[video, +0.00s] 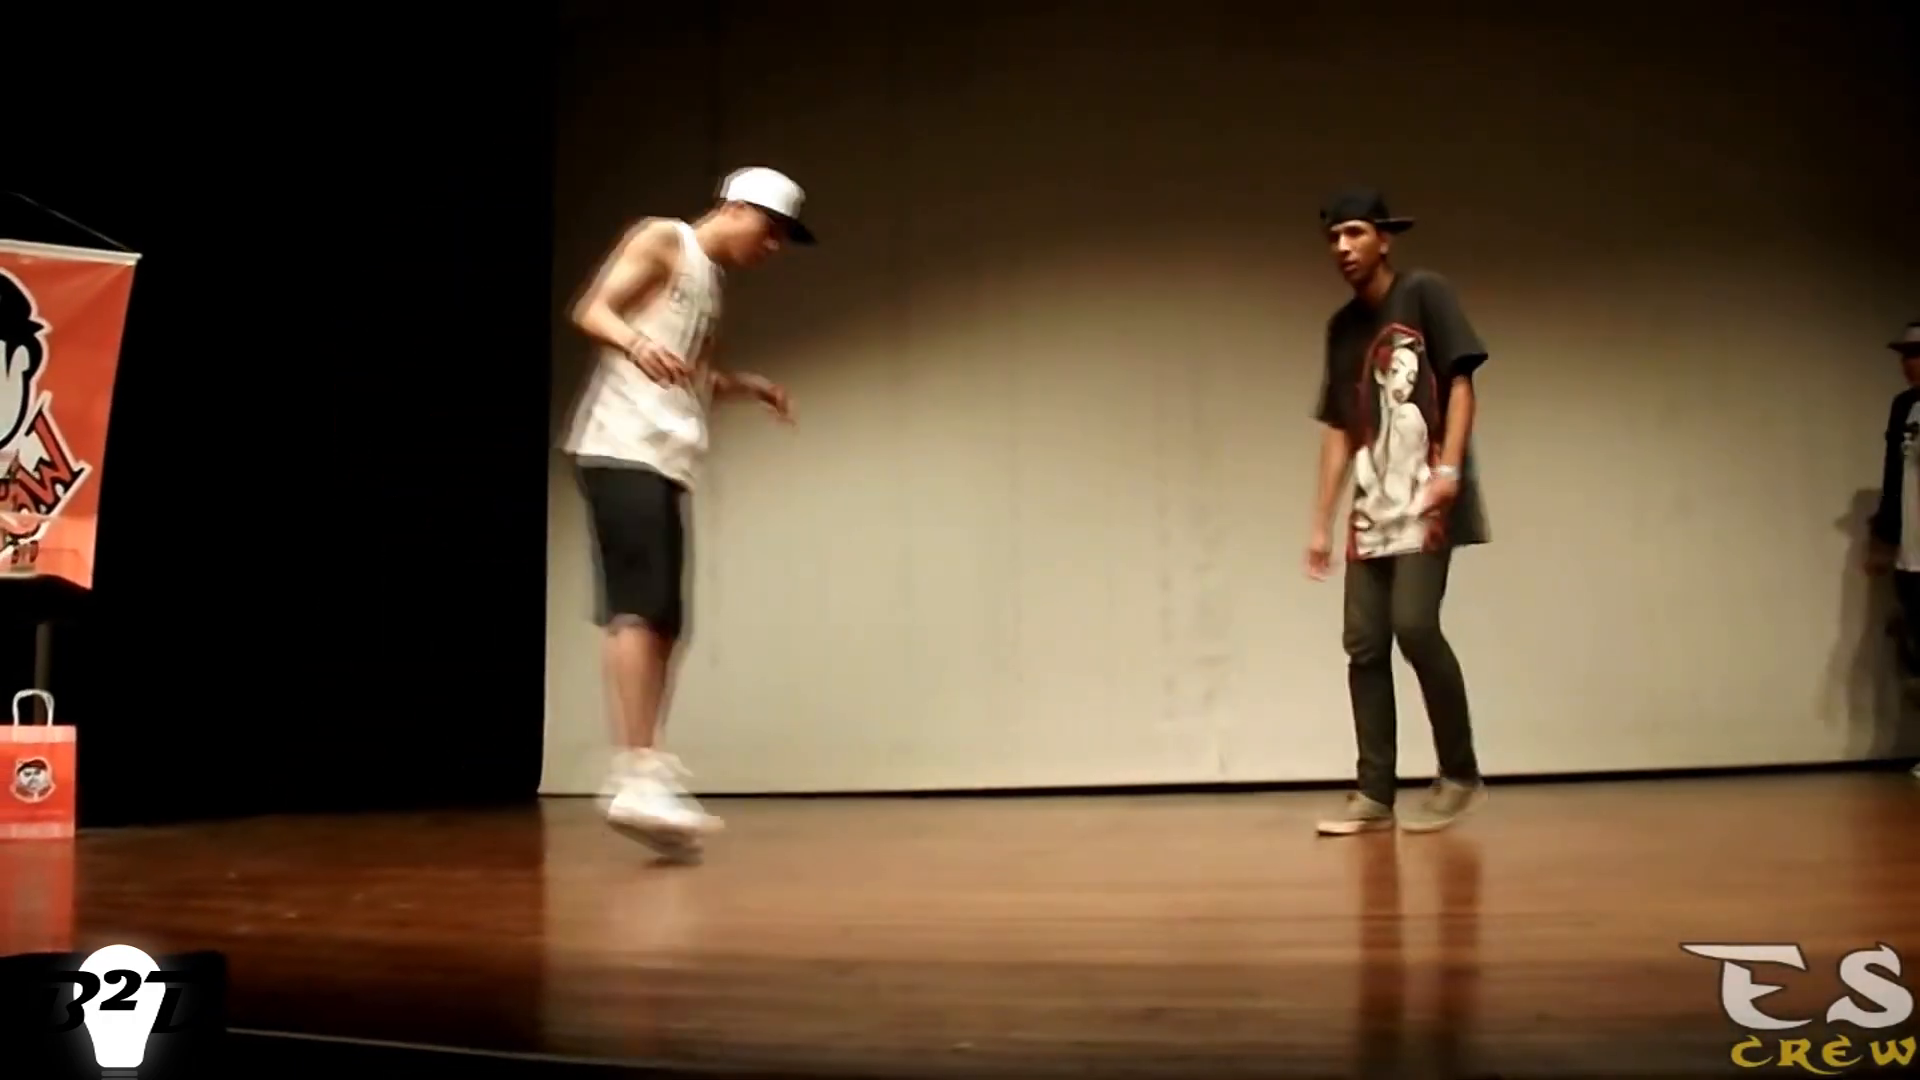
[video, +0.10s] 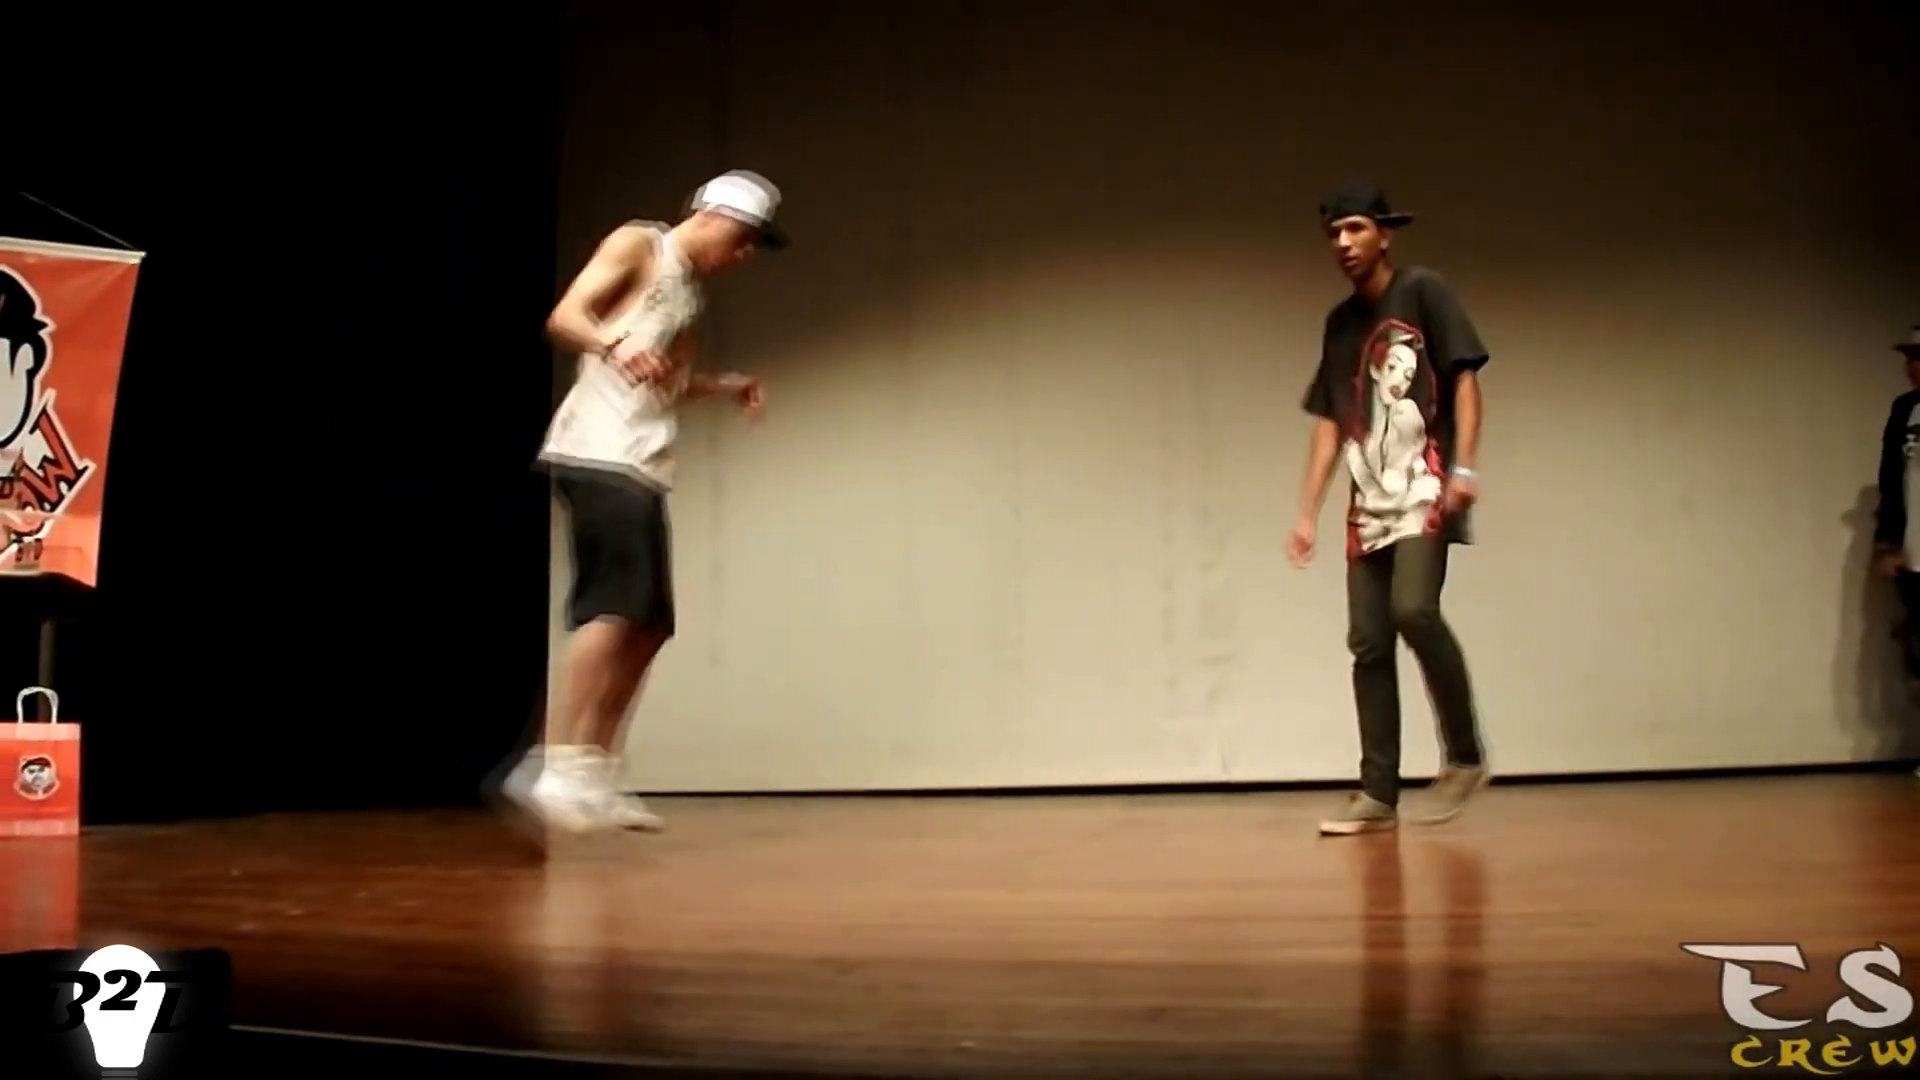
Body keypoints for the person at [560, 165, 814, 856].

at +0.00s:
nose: (771, 250)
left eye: (780, 241)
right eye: (771, 233)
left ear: (753, 225)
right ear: (738, 207)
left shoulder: (705, 280)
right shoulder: (661, 239)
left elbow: (684, 374)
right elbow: (591, 309)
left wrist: (748, 387)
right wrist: (638, 345)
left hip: (662, 460)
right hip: (623, 451)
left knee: (663, 620)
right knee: (640, 612)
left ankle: (647, 772)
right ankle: (633, 775)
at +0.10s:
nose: (739, 257)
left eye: (749, 248)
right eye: (740, 240)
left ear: (737, 239)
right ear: (709, 215)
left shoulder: (686, 290)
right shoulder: (639, 243)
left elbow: (661, 384)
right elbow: (565, 315)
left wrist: (726, 388)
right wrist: (616, 344)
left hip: (640, 468)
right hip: (598, 457)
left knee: (652, 622)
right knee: (618, 607)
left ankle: (594, 773)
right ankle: (558, 765)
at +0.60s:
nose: (680, 276)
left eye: (684, 265)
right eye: (674, 261)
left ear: (667, 266)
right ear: (641, 256)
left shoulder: (646, 334)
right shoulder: (589, 299)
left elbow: (634, 411)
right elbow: (526, 360)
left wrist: (685, 408)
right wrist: (558, 395)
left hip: (604, 507)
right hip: (555, 500)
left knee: (591, 643)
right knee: (551, 639)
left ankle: (557, 765)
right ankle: (500, 760)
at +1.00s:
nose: (700, 275)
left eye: (700, 265)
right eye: (690, 264)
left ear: (681, 273)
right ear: (658, 267)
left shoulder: (670, 348)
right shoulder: (613, 320)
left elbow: (664, 408)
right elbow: (560, 385)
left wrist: (709, 417)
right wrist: (587, 427)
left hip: (647, 506)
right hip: (608, 505)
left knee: (638, 638)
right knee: (613, 634)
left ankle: (610, 757)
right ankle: (577, 756)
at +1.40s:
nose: (745, 285)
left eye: (747, 277)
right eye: (733, 275)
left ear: (736, 287)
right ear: (701, 279)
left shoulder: (714, 361)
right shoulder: (661, 331)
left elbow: (705, 430)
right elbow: (603, 393)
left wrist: (753, 429)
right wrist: (642, 423)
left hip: (689, 514)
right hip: (654, 511)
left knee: (675, 634)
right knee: (692, 628)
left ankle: (648, 755)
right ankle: (676, 758)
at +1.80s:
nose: (792, 290)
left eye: (795, 279)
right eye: (784, 277)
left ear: (776, 281)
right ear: (750, 273)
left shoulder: (744, 347)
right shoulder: (701, 326)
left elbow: (733, 424)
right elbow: (654, 393)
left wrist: (796, 437)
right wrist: (730, 394)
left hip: (737, 534)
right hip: (687, 533)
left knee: (757, 659)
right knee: (710, 662)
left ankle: (695, 757)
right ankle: (703, 792)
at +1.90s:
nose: (808, 274)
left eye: (811, 264)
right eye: (799, 260)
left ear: (791, 268)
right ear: (762, 257)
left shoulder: (765, 335)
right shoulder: (712, 311)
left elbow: (754, 417)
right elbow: (671, 382)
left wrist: (816, 431)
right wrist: (756, 373)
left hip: (754, 521)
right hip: (693, 522)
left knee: (789, 644)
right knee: (703, 662)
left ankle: (785, 783)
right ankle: (701, 789)